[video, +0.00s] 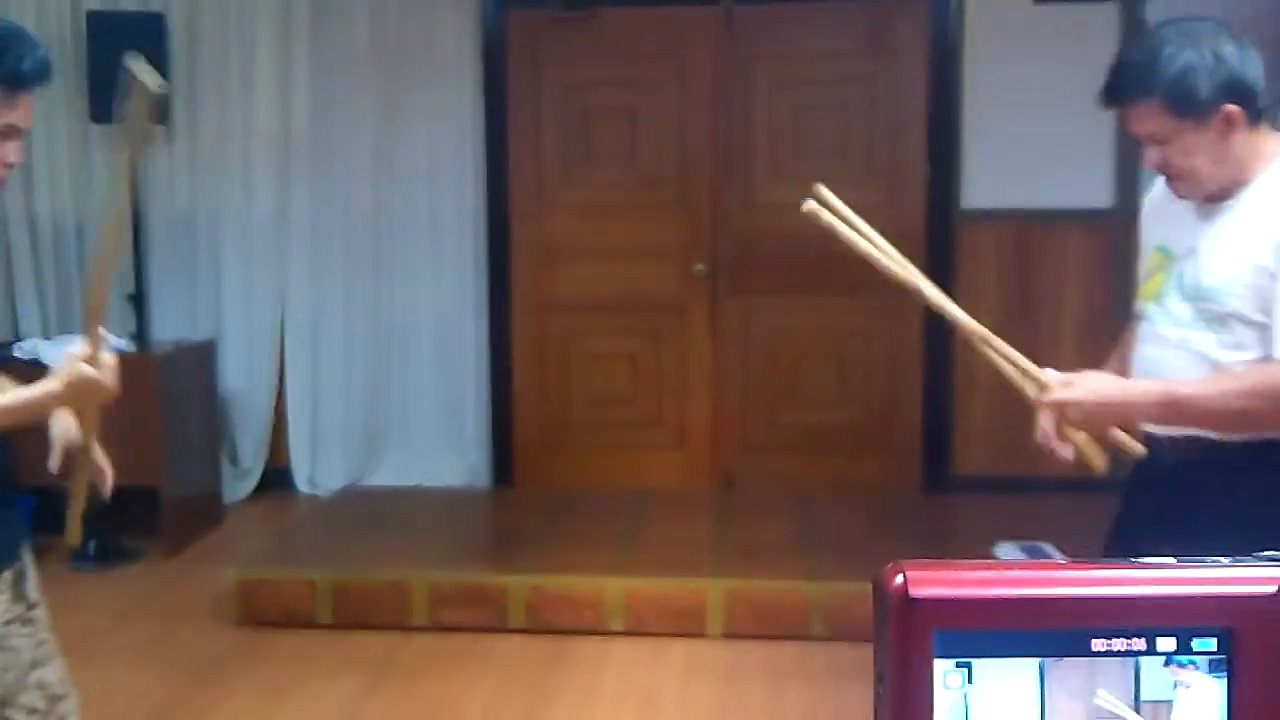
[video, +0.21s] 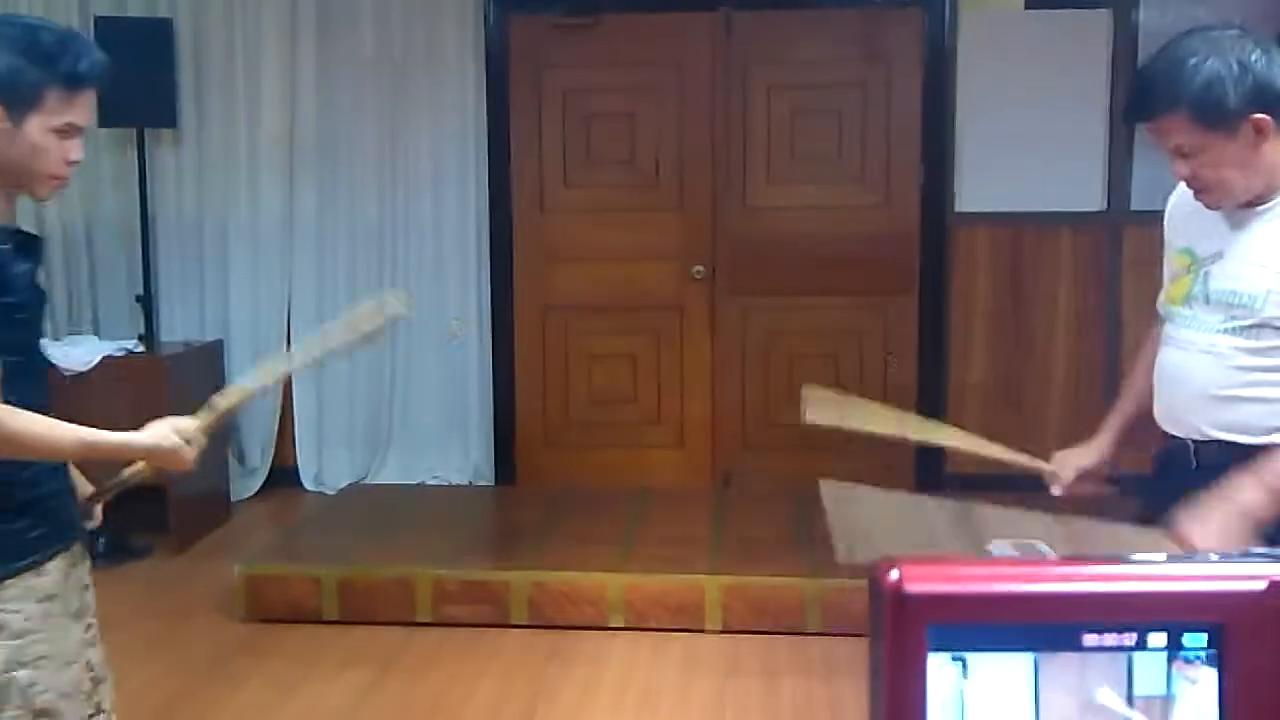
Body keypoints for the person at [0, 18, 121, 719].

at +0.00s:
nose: (15, 155)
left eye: (19, 135)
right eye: (7, 135)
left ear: (21, 126)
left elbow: (1, 379)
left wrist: (51, 402)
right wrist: (56, 390)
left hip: (10, 541)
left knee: (43, 702)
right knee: (39, 702)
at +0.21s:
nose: (76, 155)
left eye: (81, 135)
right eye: (63, 132)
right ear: (4, 121)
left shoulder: (21, 248)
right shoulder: (11, 251)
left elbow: (14, 401)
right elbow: (6, 417)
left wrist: (67, 475)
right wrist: (132, 445)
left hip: (52, 554)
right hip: (18, 568)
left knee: (82, 708)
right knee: (43, 711)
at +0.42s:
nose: (135, 156)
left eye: (141, 138)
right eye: (123, 135)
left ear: (56, 125)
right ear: (55, 121)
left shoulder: (37, 224)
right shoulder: (26, 235)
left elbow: (39, 401)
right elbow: (24, 410)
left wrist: (152, 454)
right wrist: (172, 452)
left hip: (40, 543)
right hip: (55, 550)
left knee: (55, 705)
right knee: (139, 707)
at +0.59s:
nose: (187, 165)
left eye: (192, 145)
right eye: (175, 143)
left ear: (106, 135)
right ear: (109, 131)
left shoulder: (44, 221)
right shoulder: (85, 244)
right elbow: (99, 419)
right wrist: (229, 490)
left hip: (36, 537)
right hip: (87, 549)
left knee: (68, 708)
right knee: (162, 708)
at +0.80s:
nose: (260, 170)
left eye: (264, 152)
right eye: (250, 149)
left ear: (181, 137)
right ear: (185, 134)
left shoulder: (90, 226)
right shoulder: (166, 259)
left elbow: (44, 357)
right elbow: (193, 437)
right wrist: (283, 550)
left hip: (78, 531)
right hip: (152, 544)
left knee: (106, 707)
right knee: (239, 705)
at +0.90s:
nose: (290, 167)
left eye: (295, 148)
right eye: (281, 146)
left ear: (212, 132)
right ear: (218, 131)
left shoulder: (125, 213)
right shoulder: (194, 252)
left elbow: (110, 382)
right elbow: (205, 432)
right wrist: (285, 548)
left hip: (95, 515)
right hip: (166, 535)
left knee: (125, 708)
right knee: (241, 708)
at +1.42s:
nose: (265, 174)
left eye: (269, 155)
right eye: (255, 154)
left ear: (195, 146)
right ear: (193, 143)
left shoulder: (169, 237)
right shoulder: (154, 250)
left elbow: (180, 405)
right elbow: (165, 420)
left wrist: (230, 477)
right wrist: (294, 489)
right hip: (155, 533)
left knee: (173, 705)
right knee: (238, 707)